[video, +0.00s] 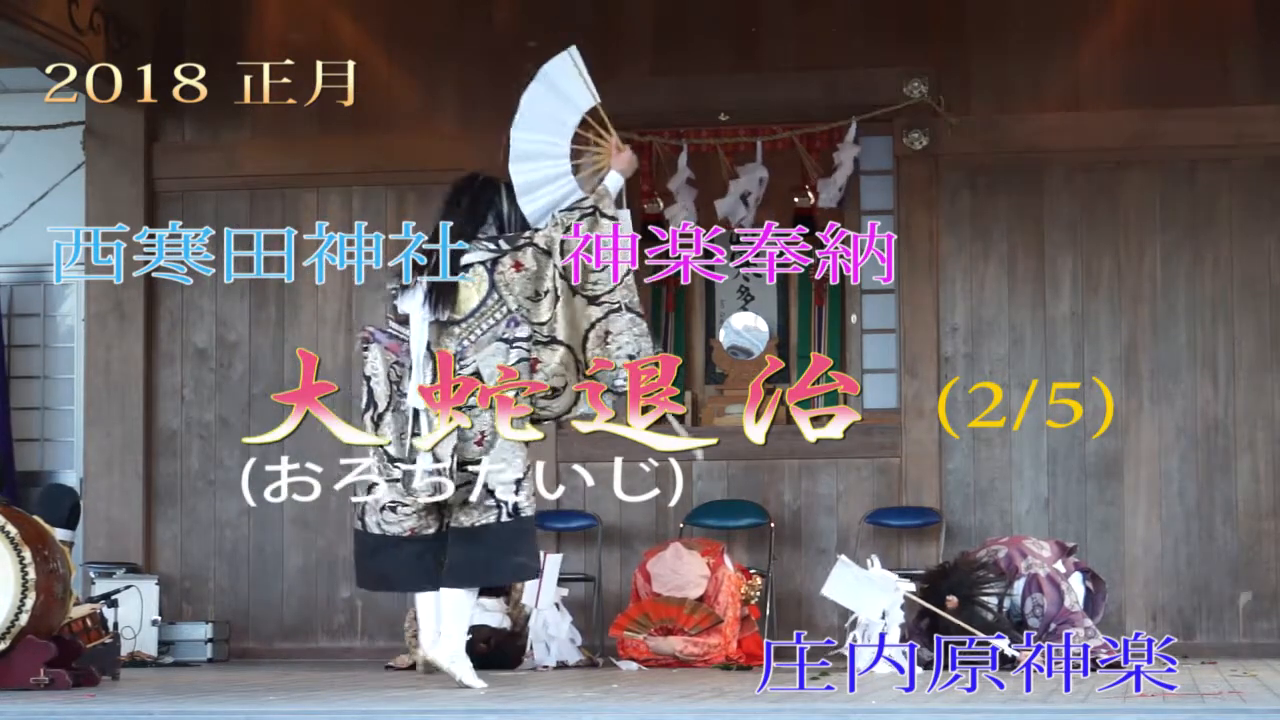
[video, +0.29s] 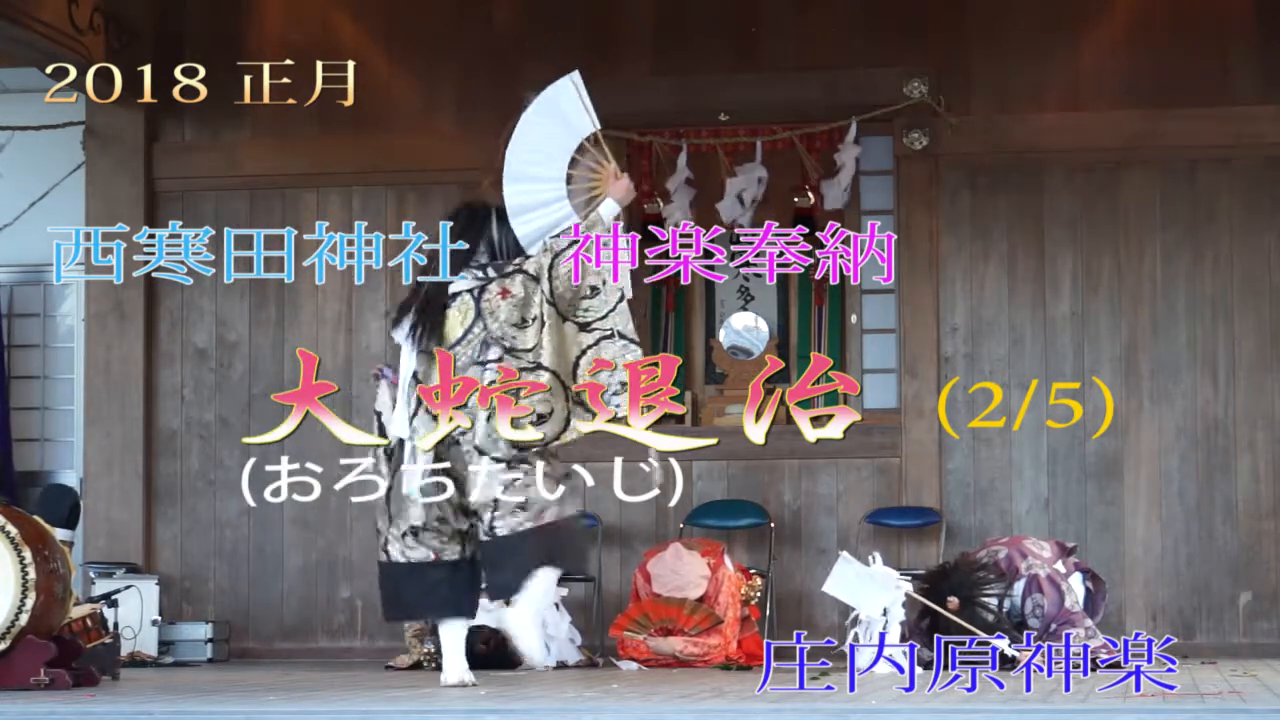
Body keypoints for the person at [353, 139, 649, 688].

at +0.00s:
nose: (513, 217)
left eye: (506, 208)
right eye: (508, 207)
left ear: (451, 216)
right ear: (503, 215)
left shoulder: (427, 272)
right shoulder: (508, 266)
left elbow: (389, 345)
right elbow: (567, 235)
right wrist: (614, 179)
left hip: (423, 409)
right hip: (482, 410)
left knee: (429, 518)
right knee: (472, 520)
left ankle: (433, 638)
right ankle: (450, 641)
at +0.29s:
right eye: (505, 230)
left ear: (447, 244)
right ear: (503, 238)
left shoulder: (423, 306)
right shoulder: (523, 284)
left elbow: (397, 391)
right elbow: (575, 257)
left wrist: (398, 440)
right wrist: (612, 204)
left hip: (431, 442)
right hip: (502, 432)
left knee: (442, 554)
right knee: (529, 528)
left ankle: (453, 662)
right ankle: (525, 614)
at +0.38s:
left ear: (455, 252)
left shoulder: (430, 311)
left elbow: (398, 402)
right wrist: (609, 212)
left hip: (430, 456)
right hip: (496, 452)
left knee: (452, 560)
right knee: (585, 507)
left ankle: (454, 661)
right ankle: (576, 592)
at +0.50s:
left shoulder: (468, 307)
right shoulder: (549, 282)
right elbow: (581, 263)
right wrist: (612, 209)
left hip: (452, 457)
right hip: (514, 454)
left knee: (465, 550)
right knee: (616, 470)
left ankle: (454, 661)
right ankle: (640, 570)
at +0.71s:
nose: (560, 257)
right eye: (554, 248)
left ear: (493, 258)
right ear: (544, 253)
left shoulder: (476, 317)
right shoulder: (566, 292)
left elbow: (462, 405)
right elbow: (610, 249)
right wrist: (636, 195)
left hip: (480, 460)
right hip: (545, 456)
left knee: (489, 555)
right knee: (643, 514)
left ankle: (456, 657)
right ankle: (685, 615)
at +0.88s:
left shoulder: (548, 326)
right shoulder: (614, 313)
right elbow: (659, 256)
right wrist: (665, 200)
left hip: (533, 459)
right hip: (596, 459)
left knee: (523, 554)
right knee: (669, 545)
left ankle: (458, 658)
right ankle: (671, 657)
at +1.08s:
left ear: (591, 253)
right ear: (645, 250)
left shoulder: (586, 302)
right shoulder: (666, 294)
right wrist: (717, 180)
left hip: (577, 436)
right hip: (648, 441)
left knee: (548, 528)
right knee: (686, 534)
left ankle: (495, 640)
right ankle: (674, 656)